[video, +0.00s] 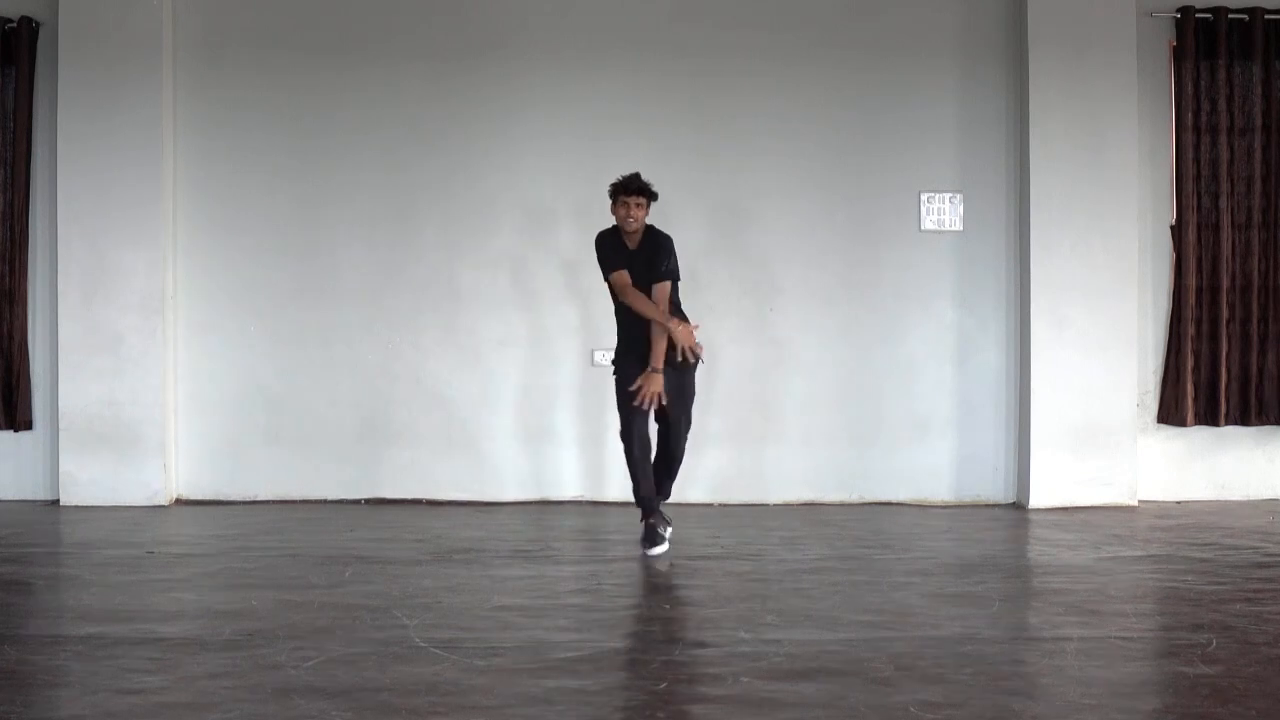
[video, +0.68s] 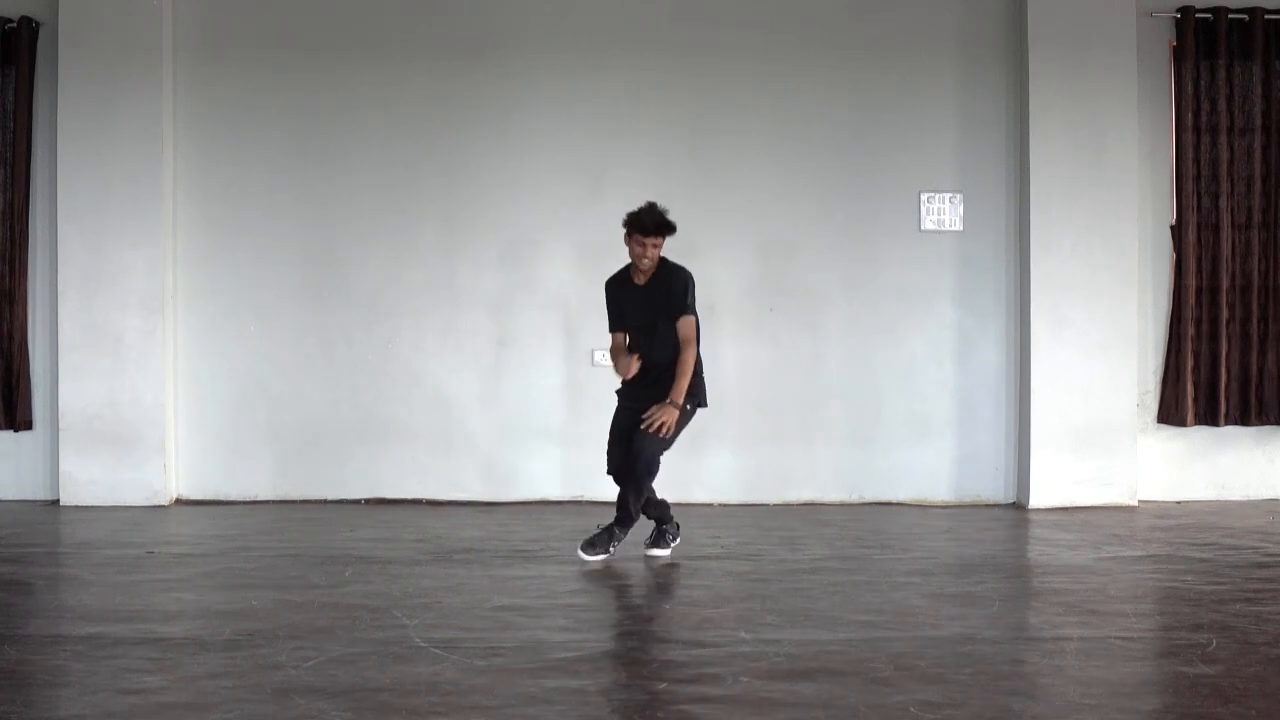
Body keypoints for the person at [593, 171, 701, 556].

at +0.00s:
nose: (631, 212)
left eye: (638, 206)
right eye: (624, 205)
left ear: (648, 209)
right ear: (613, 208)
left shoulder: (662, 244)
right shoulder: (606, 241)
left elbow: (662, 306)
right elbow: (626, 292)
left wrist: (656, 369)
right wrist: (674, 324)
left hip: (674, 346)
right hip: (632, 346)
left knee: (675, 437)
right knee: (633, 435)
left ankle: (653, 505)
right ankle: (652, 519)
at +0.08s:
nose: (629, 208)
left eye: (636, 202)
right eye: (621, 201)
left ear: (645, 206)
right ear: (609, 204)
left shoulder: (661, 241)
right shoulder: (600, 242)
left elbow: (678, 306)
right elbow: (616, 297)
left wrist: (686, 366)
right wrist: (674, 312)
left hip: (678, 353)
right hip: (637, 357)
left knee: (697, 445)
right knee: (650, 444)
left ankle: (658, 492)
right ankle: (661, 524)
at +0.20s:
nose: (636, 195)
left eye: (643, 189)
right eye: (629, 189)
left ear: (652, 194)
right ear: (617, 192)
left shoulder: (669, 230)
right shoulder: (602, 231)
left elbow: (708, 280)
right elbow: (584, 287)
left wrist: (715, 335)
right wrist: (635, 298)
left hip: (680, 341)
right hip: (637, 354)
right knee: (652, 439)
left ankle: (692, 448)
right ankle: (661, 526)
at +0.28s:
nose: (641, 190)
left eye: (648, 183)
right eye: (633, 183)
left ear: (659, 187)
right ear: (622, 187)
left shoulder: (676, 224)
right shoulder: (608, 228)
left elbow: (718, 267)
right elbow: (573, 274)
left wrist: (712, 312)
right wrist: (610, 293)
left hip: (676, 332)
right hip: (634, 344)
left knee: (723, 345)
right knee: (648, 436)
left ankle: (706, 430)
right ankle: (661, 525)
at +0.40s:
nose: (641, 195)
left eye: (648, 188)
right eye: (633, 188)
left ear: (660, 192)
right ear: (624, 193)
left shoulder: (682, 225)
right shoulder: (612, 239)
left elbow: (717, 276)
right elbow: (580, 291)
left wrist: (690, 316)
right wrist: (621, 298)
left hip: (677, 332)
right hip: (633, 341)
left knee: (674, 355)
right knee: (644, 437)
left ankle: (674, 442)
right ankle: (661, 524)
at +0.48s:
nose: (641, 205)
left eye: (649, 199)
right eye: (634, 198)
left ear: (660, 203)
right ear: (624, 202)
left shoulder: (679, 237)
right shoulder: (615, 251)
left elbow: (698, 296)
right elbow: (598, 312)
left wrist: (675, 349)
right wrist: (639, 307)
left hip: (677, 341)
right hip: (634, 344)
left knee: (646, 396)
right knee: (634, 432)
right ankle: (661, 523)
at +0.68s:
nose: (648, 253)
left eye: (655, 246)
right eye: (641, 244)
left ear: (663, 245)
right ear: (628, 242)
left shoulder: (678, 280)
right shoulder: (616, 285)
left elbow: (689, 345)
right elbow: (617, 343)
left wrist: (674, 402)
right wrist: (622, 367)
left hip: (679, 386)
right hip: (638, 386)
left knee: (643, 449)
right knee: (618, 463)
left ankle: (618, 528)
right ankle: (666, 522)